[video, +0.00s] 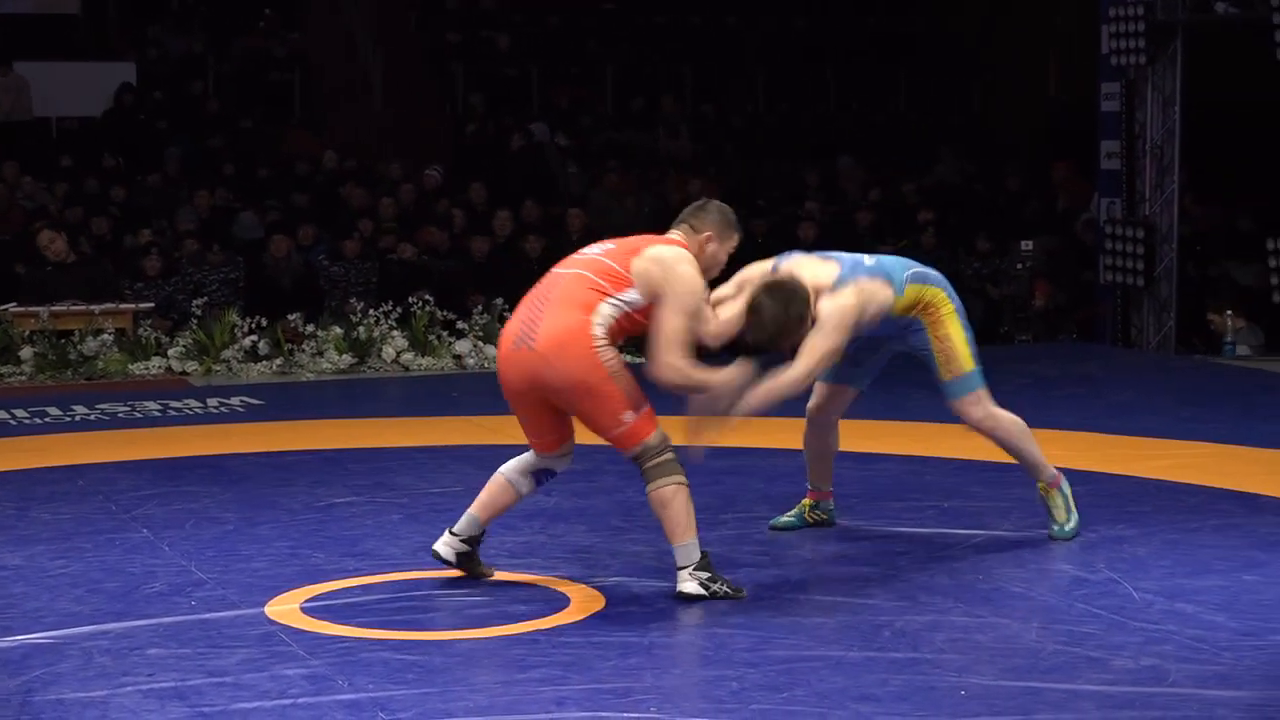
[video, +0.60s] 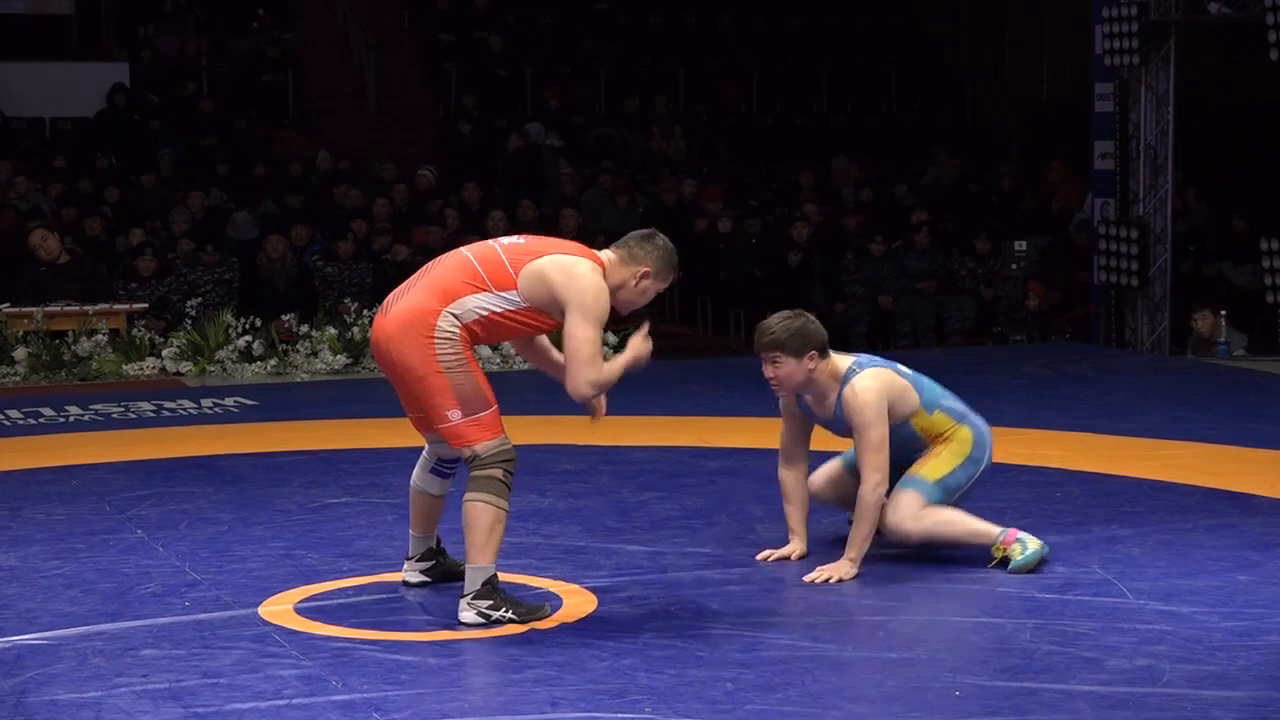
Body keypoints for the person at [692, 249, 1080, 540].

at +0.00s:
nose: (785, 353)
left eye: (784, 346)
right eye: (770, 349)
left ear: (797, 322)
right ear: (759, 310)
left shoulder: (838, 305)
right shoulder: (761, 277)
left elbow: (799, 373)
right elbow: (749, 360)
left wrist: (737, 410)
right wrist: (703, 412)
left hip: (925, 303)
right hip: (870, 318)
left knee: (977, 411)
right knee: (820, 410)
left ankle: (1051, 481)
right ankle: (819, 502)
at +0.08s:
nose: (776, 410)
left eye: (775, 403)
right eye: (763, 402)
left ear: (789, 374)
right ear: (743, 361)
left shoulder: (826, 359)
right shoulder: (743, 320)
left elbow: (804, 443)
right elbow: (676, 356)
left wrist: (749, 509)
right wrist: (640, 293)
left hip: (911, 304)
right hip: (848, 292)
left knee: (931, 427)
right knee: (807, 398)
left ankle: (1030, 455)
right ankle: (801, 496)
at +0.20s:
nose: (747, 455)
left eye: (750, 449)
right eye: (737, 449)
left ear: (776, 426)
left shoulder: (823, 420)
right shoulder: (738, 379)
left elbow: (823, 512)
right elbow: (666, 416)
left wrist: (774, 563)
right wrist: (623, 468)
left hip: (916, 358)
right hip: (863, 337)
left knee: (894, 473)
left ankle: (1009, 501)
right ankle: (817, 462)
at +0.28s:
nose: (729, 448)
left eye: (737, 440)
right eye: (724, 439)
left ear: (768, 427)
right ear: (722, 425)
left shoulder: (817, 429)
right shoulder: (733, 422)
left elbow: (822, 520)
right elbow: (689, 490)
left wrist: (774, 562)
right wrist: (652, 561)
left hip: (915, 428)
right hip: (866, 421)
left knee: (879, 546)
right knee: (790, 484)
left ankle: (995, 539)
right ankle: (875, 487)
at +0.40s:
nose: (743, 401)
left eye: (752, 391)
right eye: (740, 391)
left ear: (788, 390)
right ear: (743, 392)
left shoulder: (834, 417)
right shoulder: (759, 422)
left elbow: (832, 509)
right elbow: (711, 484)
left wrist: (779, 559)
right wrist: (672, 555)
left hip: (927, 487)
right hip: (876, 485)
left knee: (858, 558)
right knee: (791, 528)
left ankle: (962, 549)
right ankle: (901, 531)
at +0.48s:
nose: (756, 384)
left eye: (764, 373)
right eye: (754, 373)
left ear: (801, 372)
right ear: (796, 374)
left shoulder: (855, 401)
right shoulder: (781, 400)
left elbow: (880, 489)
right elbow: (768, 468)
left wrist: (838, 557)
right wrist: (755, 539)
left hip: (937, 476)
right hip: (889, 468)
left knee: (869, 552)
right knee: (803, 528)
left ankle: (972, 551)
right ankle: (902, 518)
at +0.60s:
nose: (767, 373)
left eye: (776, 363)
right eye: (764, 363)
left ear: (811, 360)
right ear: (807, 362)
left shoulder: (862, 391)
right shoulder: (796, 390)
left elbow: (874, 486)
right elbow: (791, 463)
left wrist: (850, 561)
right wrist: (796, 539)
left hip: (960, 437)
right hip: (907, 437)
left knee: (899, 519)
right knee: (823, 485)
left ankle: (1010, 540)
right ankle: (889, 515)